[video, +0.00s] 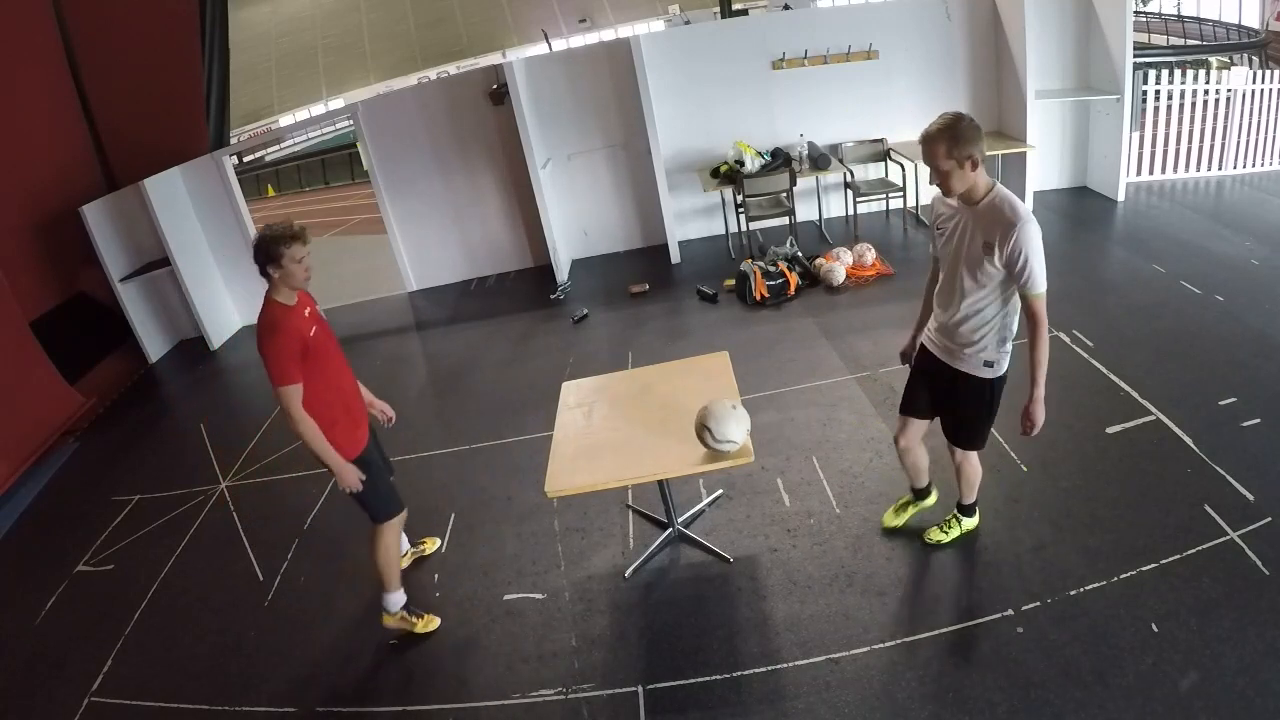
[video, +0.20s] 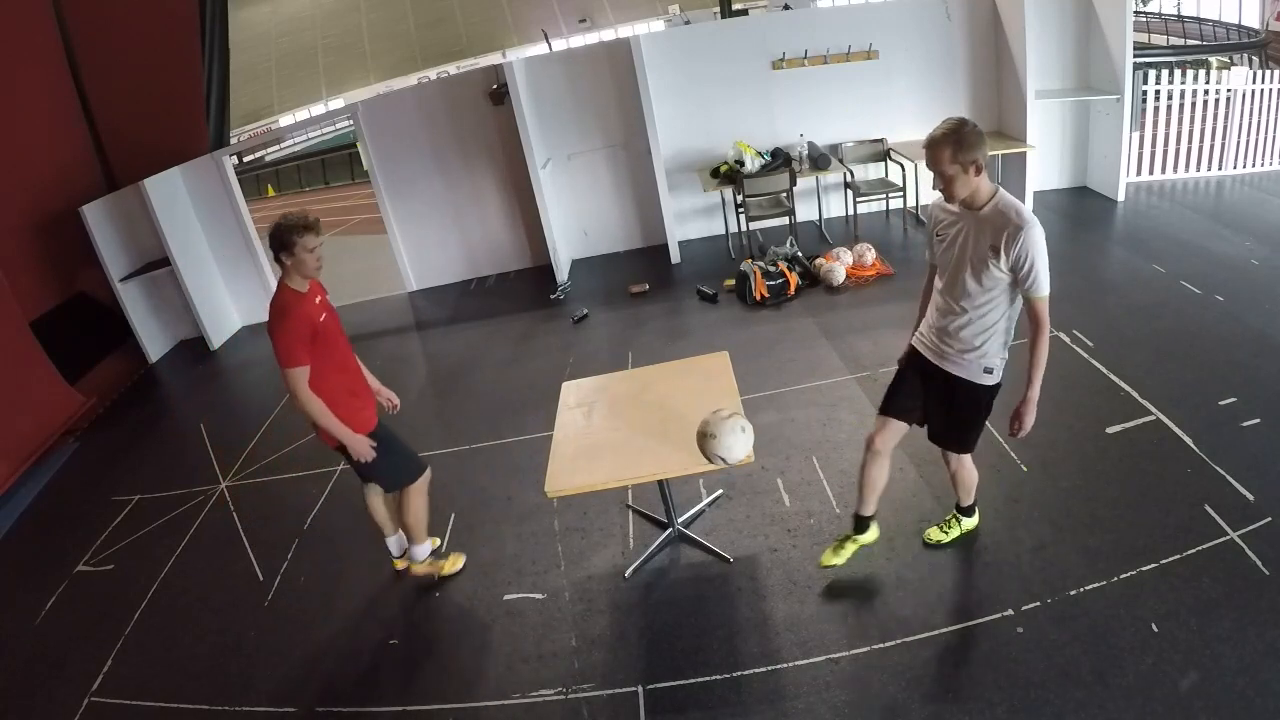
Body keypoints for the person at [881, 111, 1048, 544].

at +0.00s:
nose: (934, 179)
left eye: (940, 170)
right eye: (930, 170)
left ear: (972, 163)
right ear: (964, 162)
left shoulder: (1016, 223)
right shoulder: (941, 207)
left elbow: (1037, 319)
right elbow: (936, 276)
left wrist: (1037, 396)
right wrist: (917, 333)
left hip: (979, 362)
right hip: (934, 346)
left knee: (964, 450)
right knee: (906, 439)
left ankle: (967, 513)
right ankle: (921, 493)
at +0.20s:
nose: (936, 184)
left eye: (943, 175)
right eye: (933, 174)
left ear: (975, 168)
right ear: (936, 169)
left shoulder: (1020, 229)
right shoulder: (940, 211)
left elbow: (1040, 322)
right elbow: (932, 281)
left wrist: (1031, 397)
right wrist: (914, 340)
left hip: (975, 367)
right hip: (927, 349)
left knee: (955, 450)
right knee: (878, 440)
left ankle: (966, 515)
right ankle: (862, 527)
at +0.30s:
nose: (936, 188)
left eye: (943, 178)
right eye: (934, 177)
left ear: (976, 173)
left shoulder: (1020, 233)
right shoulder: (937, 217)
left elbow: (1042, 327)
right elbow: (929, 287)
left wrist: (1026, 404)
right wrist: (917, 339)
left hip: (969, 374)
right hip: (920, 351)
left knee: (951, 459)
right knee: (858, 433)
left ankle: (965, 517)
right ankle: (827, 528)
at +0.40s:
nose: (932, 194)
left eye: (939, 185)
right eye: (930, 184)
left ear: (972, 179)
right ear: (958, 176)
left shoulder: (1015, 237)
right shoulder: (934, 221)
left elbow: (1036, 334)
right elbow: (925, 291)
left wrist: (1018, 412)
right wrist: (913, 345)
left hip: (965, 378)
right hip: (916, 352)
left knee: (947, 461)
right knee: (844, 420)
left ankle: (966, 516)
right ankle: (787, 521)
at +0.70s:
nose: (897, 193)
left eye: (904, 183)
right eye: (894, 182)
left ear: (937, 175)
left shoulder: (981, 231)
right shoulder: (908, 216)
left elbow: (1004, 334)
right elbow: (900, 282)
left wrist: (973, 413)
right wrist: (873, 343)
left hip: (953, 372)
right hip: (902, 353)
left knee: (943, 461)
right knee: (850, 446)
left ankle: (964, 513)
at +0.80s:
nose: (887, 202)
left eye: (895, 192)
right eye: (883, 191)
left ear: (926, 181)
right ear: (886, 182)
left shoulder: (973, 236)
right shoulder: (893, 227)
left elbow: (1006, 334)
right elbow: (883, 286)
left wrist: (986, 417)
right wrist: (851, 349)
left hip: (942, 384)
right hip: (894, 367)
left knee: (902, 484)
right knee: (879, 465)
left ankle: (953, 508)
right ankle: (895, 529)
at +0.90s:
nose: (870, 216)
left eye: (875, 205)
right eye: (865, 205)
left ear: (908, 193)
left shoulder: (962, 244)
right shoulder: (881, 238)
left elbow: (1010, 332)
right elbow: (861, 301)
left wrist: (1015, 413)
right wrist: (832, 361)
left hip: (937, 384)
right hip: (896, 365)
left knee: (864, 472)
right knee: (883, 457)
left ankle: (920, 518)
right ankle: (896, 528)